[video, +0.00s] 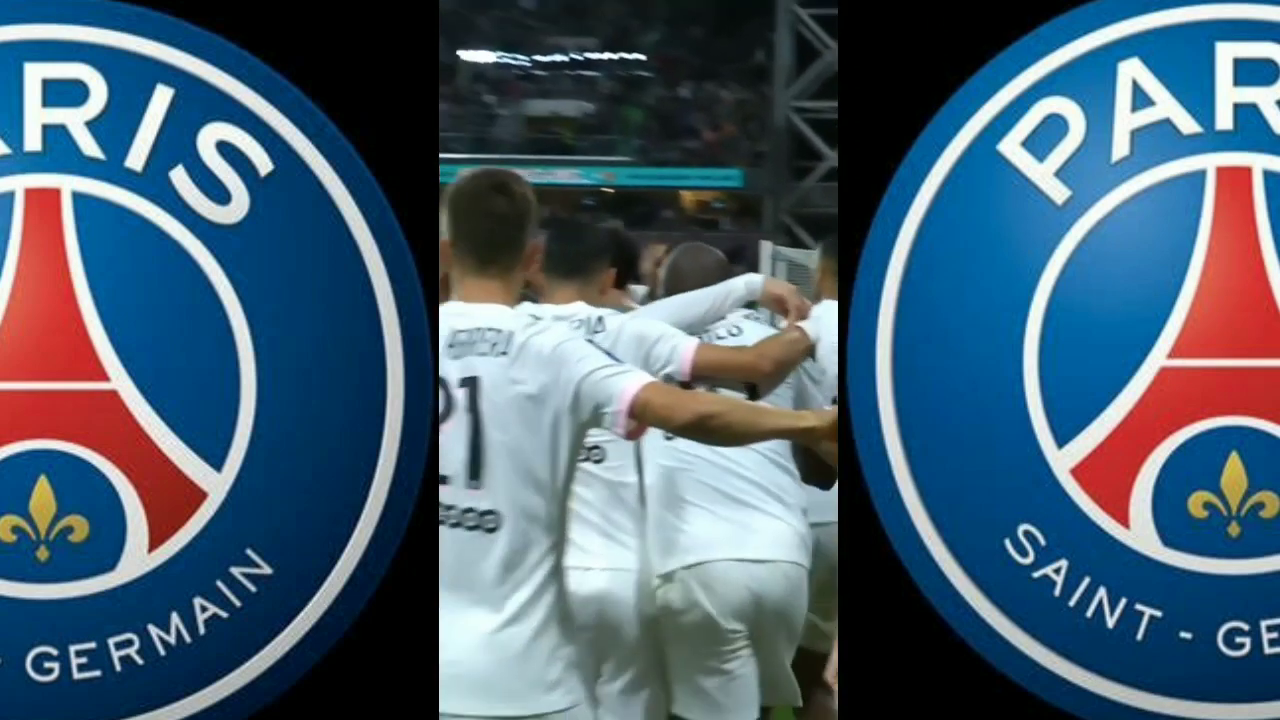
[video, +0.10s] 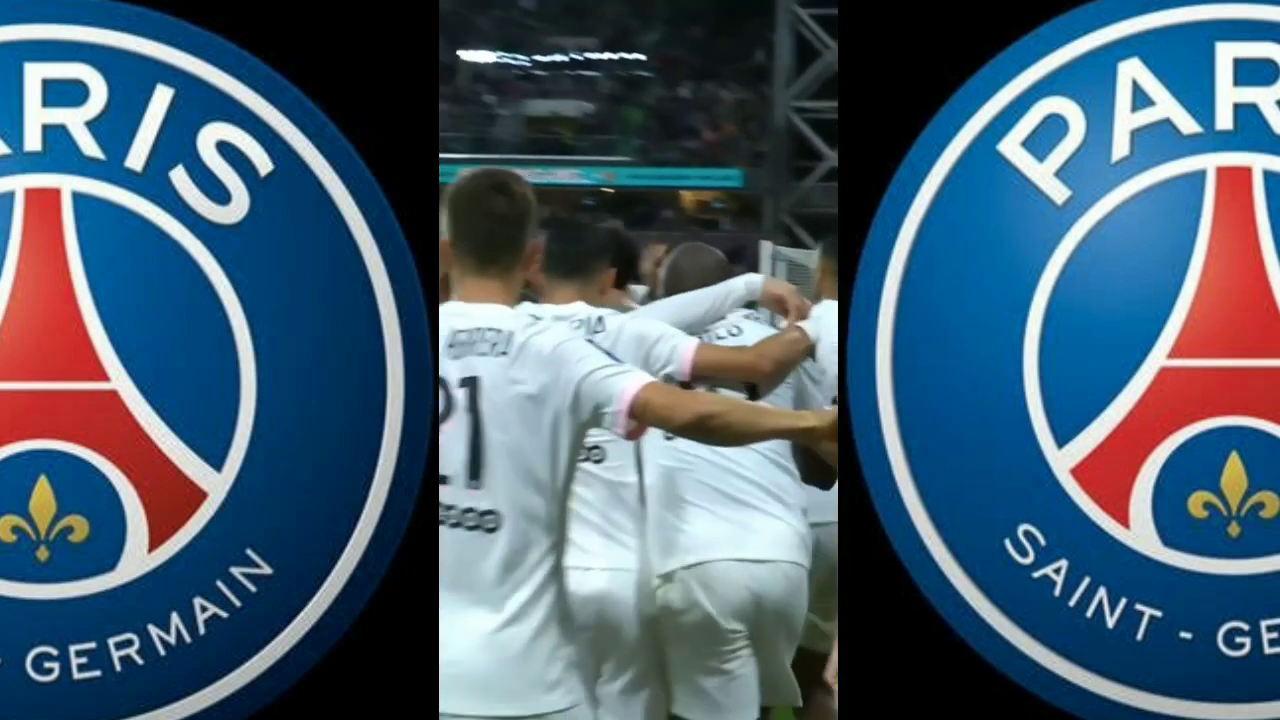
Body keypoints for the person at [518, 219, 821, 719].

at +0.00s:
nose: (626, 288)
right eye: (622, 277)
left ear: (537, 271)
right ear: (609, 279)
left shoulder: (509, 331)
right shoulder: (625, 332)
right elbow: (758, 367)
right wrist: (804, 332)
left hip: (520, 573)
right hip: (616, 572)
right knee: (625, 710)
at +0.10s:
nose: (626, 288)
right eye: (622, 277)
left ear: (537, 271)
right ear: (609, 279)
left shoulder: (509, 331)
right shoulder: (625, 332)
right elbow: (758, 367)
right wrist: (804, 332)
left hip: (520, 573)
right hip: (616, 572)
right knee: (625, 710)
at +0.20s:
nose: (626, 288)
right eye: (622, 277)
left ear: (537, 271)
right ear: (609, 279)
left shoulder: (509, 331)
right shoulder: (625, 332)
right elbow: (758, 367)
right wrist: (804, 332)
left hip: (520, 573)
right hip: (616, 572)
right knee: (625, 710)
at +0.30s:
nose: (627, 287)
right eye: (621, 275)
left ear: (537, 271)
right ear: (608, 278)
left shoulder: (510, 330)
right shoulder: (626, 332)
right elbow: (759, 367)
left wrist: (750, 287)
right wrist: (808, 329)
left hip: (522, 572)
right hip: (619, 571)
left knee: (554, 710)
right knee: (624, 710)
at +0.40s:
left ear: (577, 280)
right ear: (652, 282)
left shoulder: (536, 355)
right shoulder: (674, 353)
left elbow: (465, 470)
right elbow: (780, 431)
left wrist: (524, 480)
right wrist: (839, 443)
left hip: (551, 622)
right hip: (650, 625)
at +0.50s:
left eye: (587, 275)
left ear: (592, 277)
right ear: (667, 285)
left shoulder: (541, 347)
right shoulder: (693, 363)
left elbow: (463, 473)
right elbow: (799, 457)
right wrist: (828, 505)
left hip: (553, 620)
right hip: (653, 626)